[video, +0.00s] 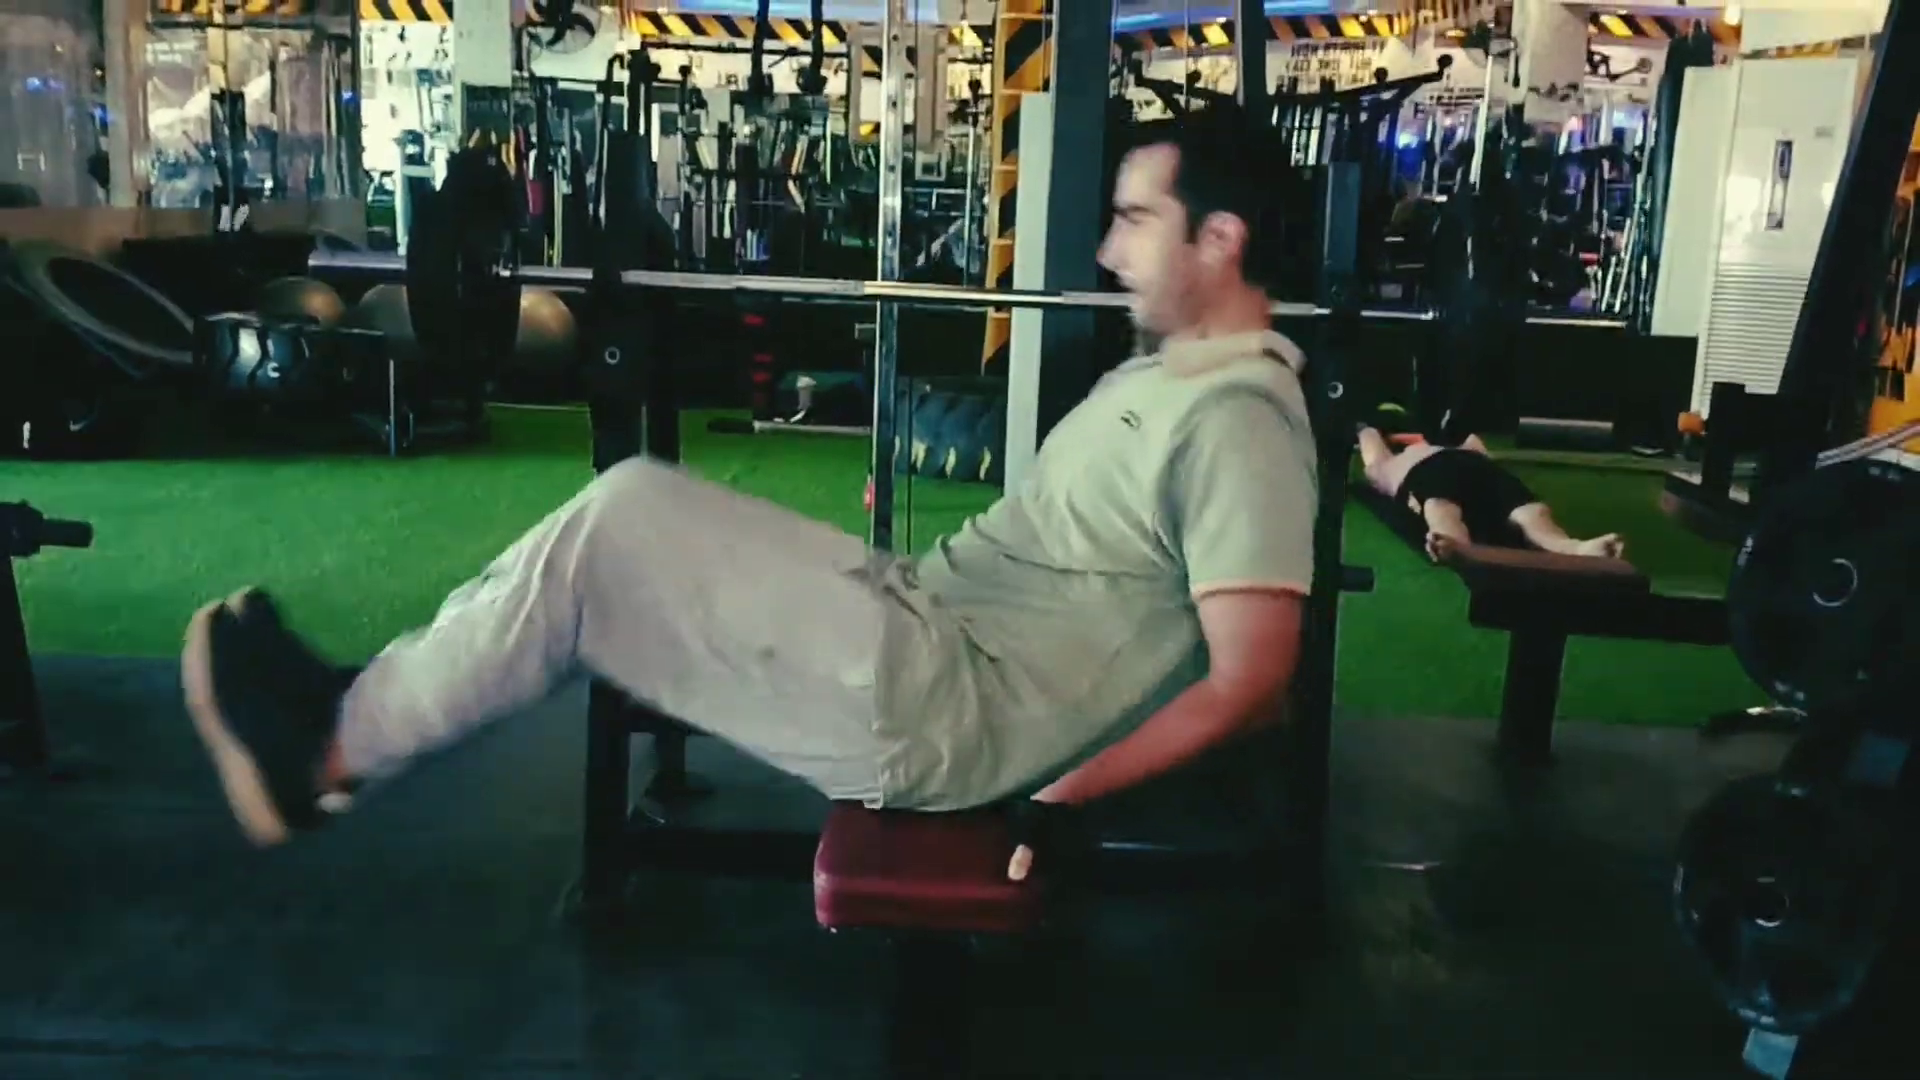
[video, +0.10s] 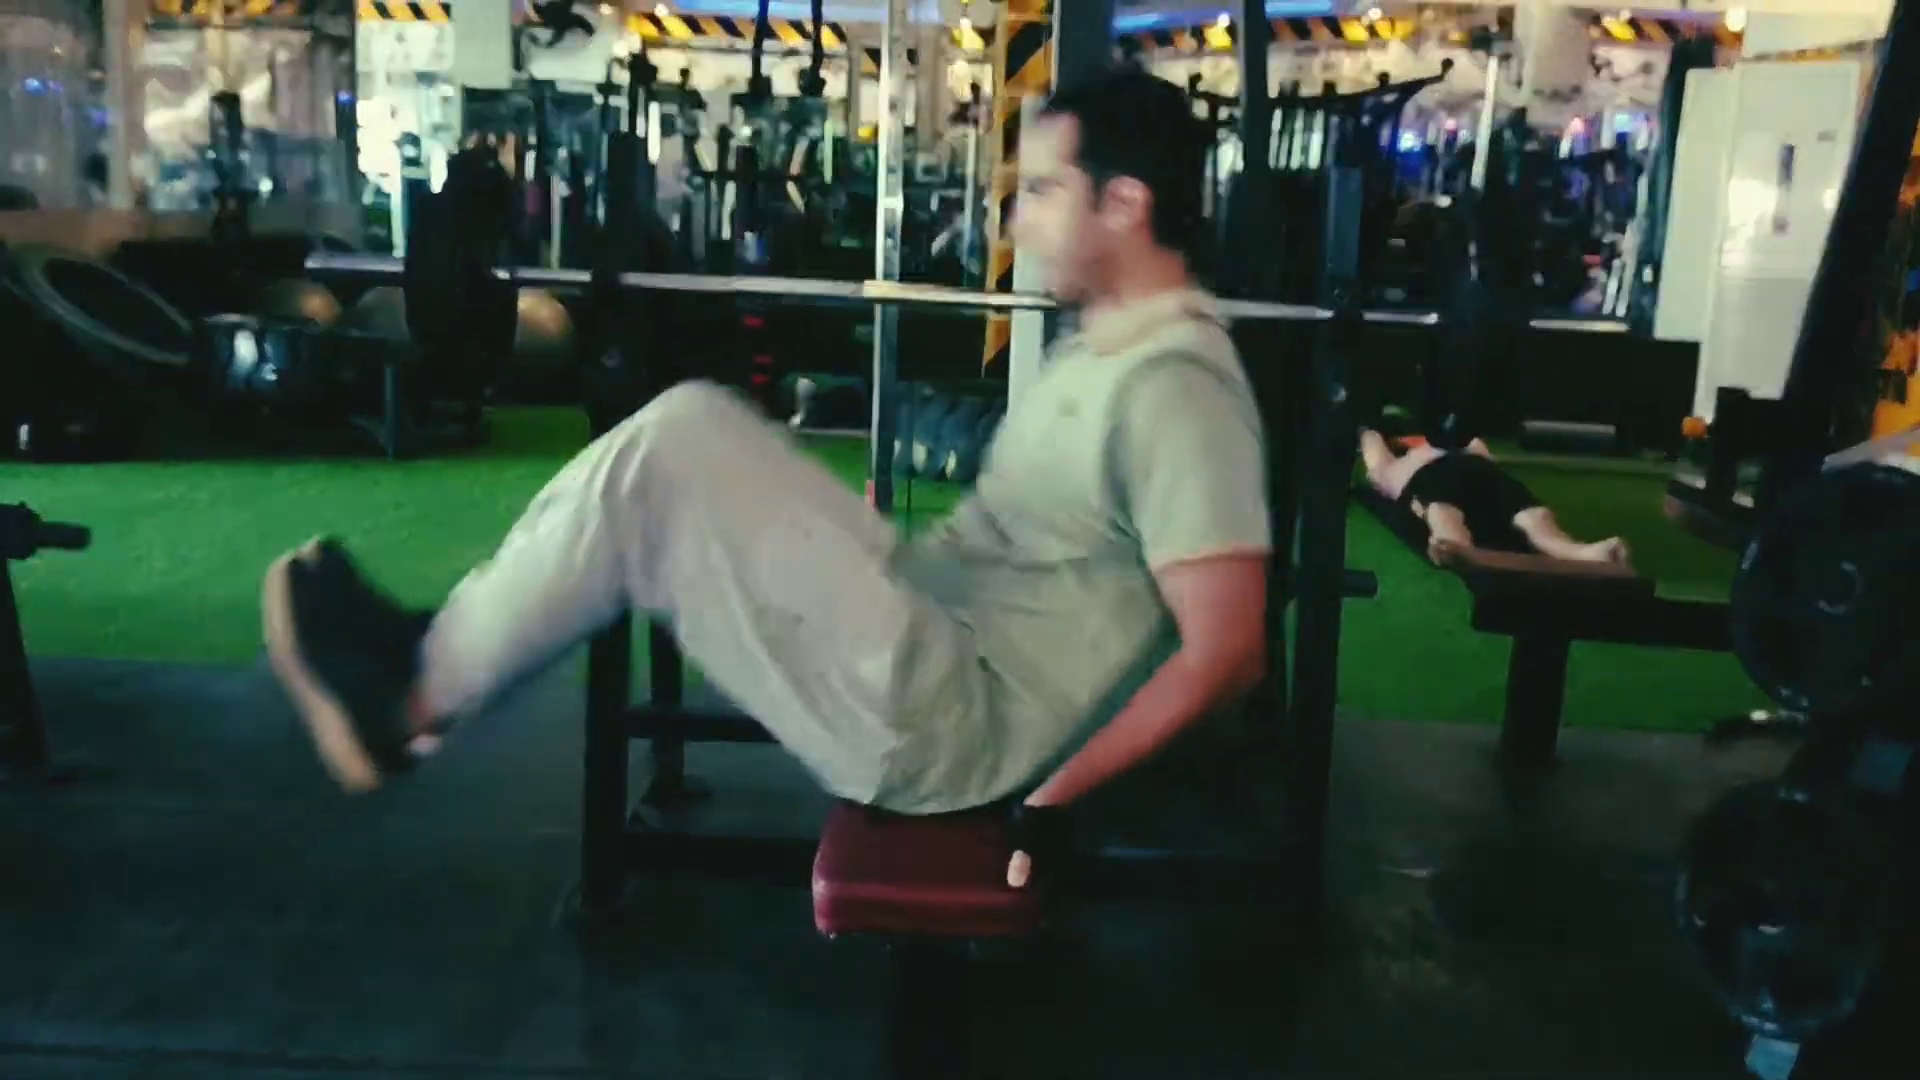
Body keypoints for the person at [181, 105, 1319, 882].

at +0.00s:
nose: (1112, 247)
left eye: (1137, 220)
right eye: (1117, 221)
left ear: (1226, 241)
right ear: (1206, 244)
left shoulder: (1242, 412)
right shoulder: (1174, 377)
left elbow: (1253, 675)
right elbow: (1095, 569)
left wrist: (1057, 795)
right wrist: (920, 576)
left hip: (963, 706)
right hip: (933, 648)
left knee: (627, 520)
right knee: (616, 525)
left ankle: (326, 751)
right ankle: (331, 744)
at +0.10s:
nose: (1014, 221)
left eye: (1037, 192)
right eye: (1016, 192)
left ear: (1128, 207)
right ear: (1111, 207)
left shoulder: (1177, 381)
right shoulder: (1095, 342)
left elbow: (1225, 650)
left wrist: (1044, 809)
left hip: (960, 723)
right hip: (928, 653)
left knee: (685, 439)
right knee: (685, 436)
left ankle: (412, 703)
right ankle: (423, 678)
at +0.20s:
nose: (918, 214)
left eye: (937, 181)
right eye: (920, 183)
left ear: (1019, 192)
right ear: (1012, 196)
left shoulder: (1090, 358)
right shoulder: (1032, 338)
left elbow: (1194, 621)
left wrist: (1036, 802)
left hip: (944, 731)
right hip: (920, 693)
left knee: (759, 381)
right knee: (755, 375)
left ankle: (493, 641)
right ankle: (501, 610)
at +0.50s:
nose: (1014, 243)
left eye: (1034, 215)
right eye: (1015, 215)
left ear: (1120, 228)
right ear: (1102, 227)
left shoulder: (1158, 394)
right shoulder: (1101, 363)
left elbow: (1239, 661)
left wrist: (1043, 793)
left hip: (933, 723)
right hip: (912, 653)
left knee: (626, 469)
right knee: (651, 442)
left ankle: (342, 725)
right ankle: (366, 688)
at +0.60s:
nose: (1101, 272)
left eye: (1126, 243)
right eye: (1105, 242)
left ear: (1216, 260)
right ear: (1199, 258)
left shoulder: (1228, 426)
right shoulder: (1170, 393)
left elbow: (1266, 700)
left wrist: (1074, 798)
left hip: (932, 709)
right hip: (904, 642)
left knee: (582, 569)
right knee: (583, 557)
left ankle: (258, 783)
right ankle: (276, 760)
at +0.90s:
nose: (1081, 247)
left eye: (1103, 221)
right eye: (1084, 221)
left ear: (1195, 237)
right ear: (1172, 238)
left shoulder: (1219, 400)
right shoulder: (1165, 372)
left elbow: (1249, 680)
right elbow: (1171, 618)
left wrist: (1055, 796)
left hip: (941, 706)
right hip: (917, 631)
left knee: (599, 563)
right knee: (609, 530)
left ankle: (316, 814)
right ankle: (356, 756)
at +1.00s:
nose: (977, 229)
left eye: (997, 196)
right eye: (978, 199)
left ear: (1087, 204)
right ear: (1082, 207)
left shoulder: (1148, 371)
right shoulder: (1076, 345)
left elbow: (1221, 641)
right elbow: (1031, 556)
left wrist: (1042, 794)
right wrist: (889, 569)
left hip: (951, 721)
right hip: (917, 674)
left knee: (671, 449)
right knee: (665, 453)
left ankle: (421, 730)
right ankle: (423, 722)